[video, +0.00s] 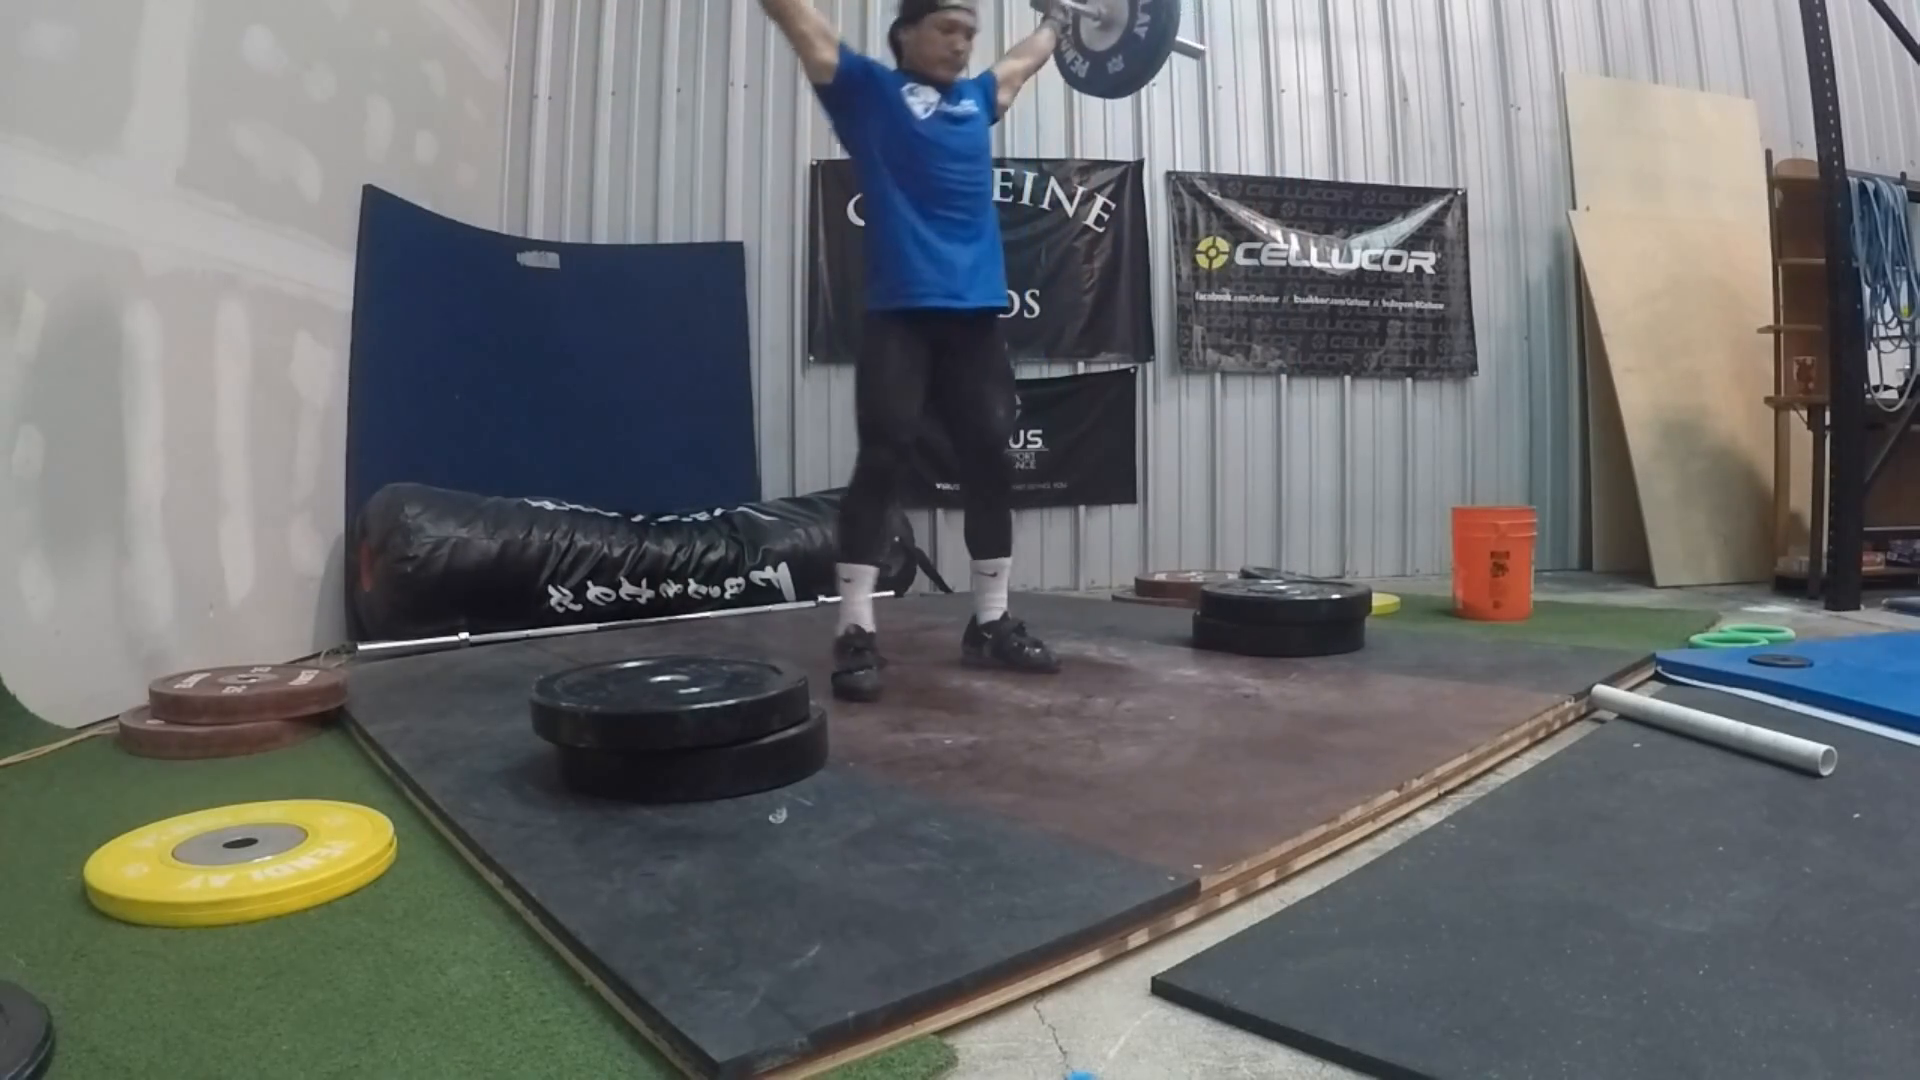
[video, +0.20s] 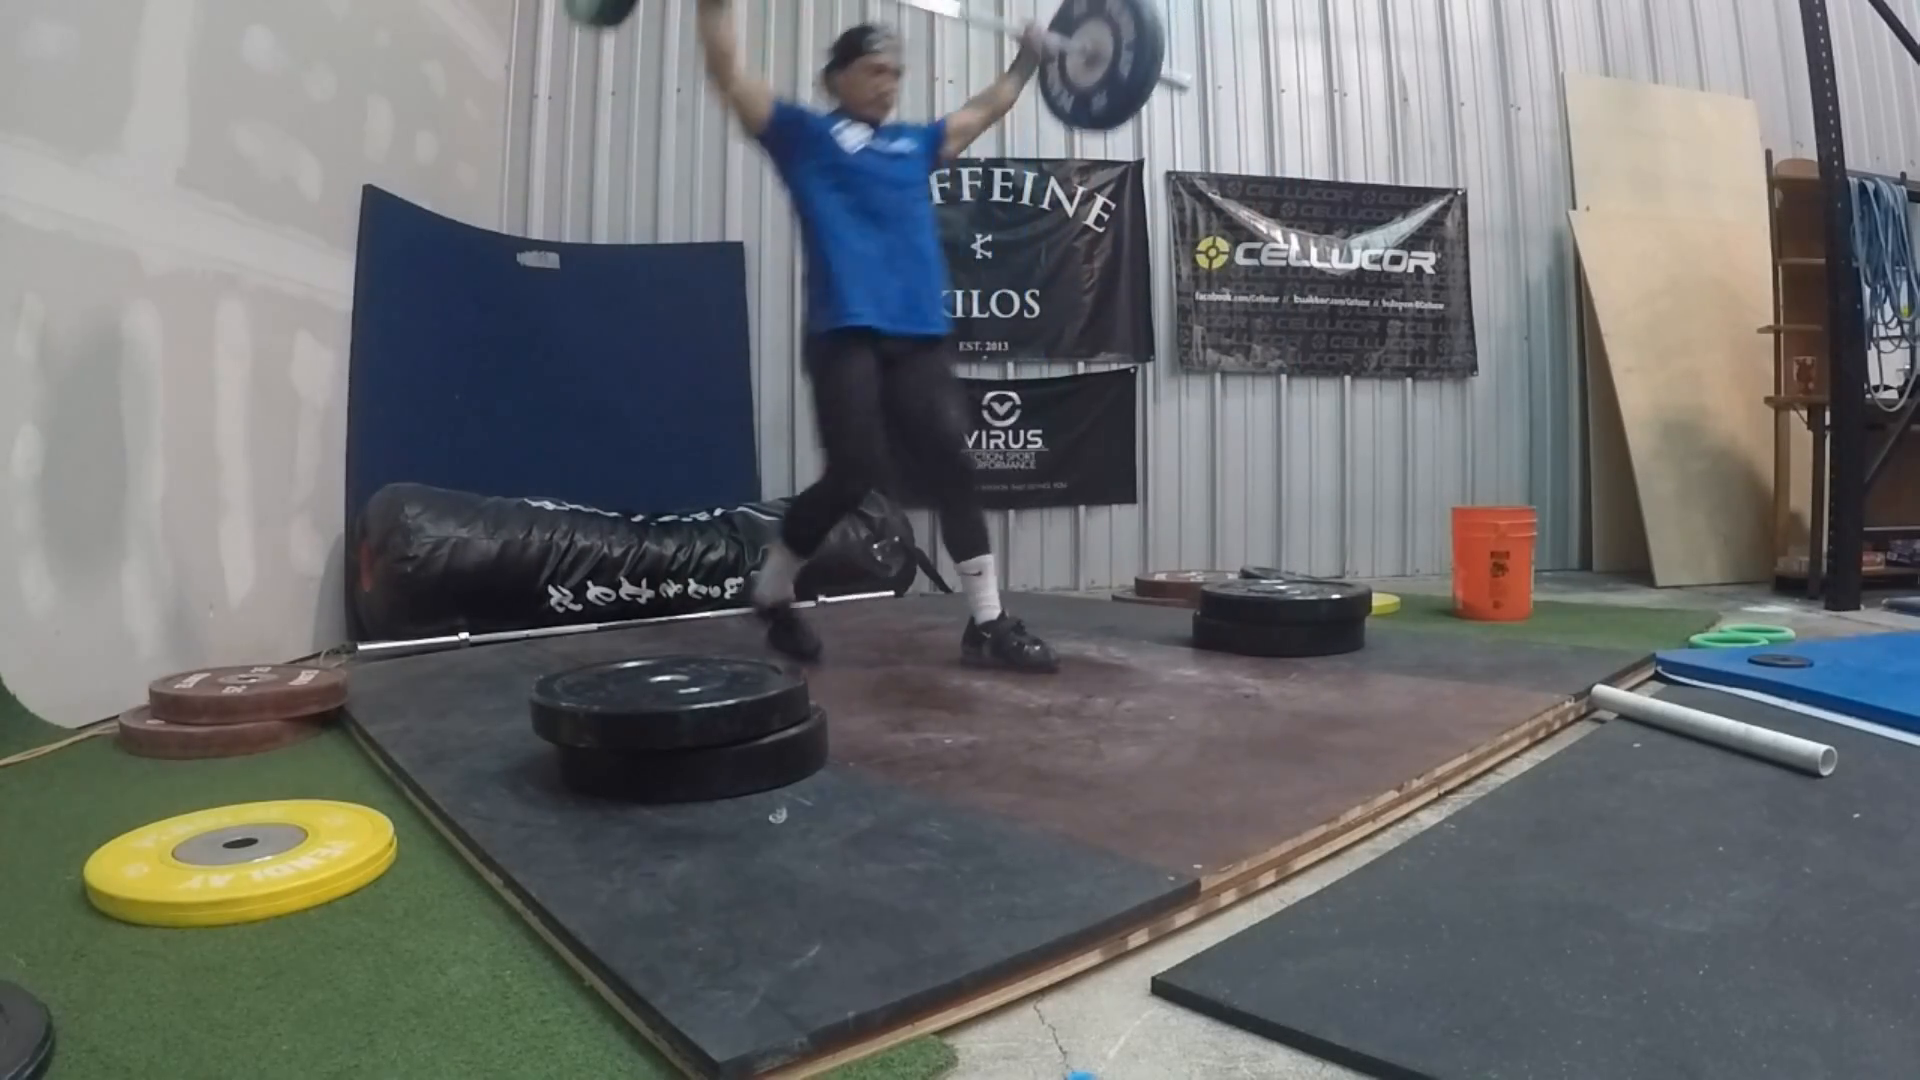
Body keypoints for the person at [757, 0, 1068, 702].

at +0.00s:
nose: (962, 44)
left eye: (968, 34)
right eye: (948, 30)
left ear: (972, 45)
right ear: (904, 37)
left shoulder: (977, 98)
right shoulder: (869, 89)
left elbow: (1021, 63)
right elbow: (800, 22)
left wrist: (1063, 22)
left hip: (976, 319)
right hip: (898, 319)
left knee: (991, 457)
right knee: (884, 457)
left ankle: (991, 621)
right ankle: (856, 631)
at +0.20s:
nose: (889, 84)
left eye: (895, 74)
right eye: (876, 72)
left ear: (899, 79)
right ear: (838, 77)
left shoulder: (917, 141)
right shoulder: (804, 134)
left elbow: (985, 110)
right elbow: (727, 70)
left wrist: (1027, 59)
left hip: (920, 340)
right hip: (846, 339)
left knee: (952, 462)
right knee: (853, 470)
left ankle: (989, 622)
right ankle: (770, 598)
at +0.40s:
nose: (827, 105)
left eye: (835, 97)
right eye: (815, 91)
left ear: (838, 108)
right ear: (778, 97)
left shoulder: (842, 182)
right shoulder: (744, 156)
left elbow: (919, 218)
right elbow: (668, 206)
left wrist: (992, 207)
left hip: (834, 349)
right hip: (765, 347)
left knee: (895, 447)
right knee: (780, 465)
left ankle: (922, 598)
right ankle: (750, 613)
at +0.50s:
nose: (814, 107)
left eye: (822, 99)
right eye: (803, 95)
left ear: (826, 106)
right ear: (768, 93)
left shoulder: (835, 179)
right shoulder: (729, 149)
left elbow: (879, 252)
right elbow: (670, 213)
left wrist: (946, 278)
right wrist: (682, 252)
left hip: (810, 342)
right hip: (741, 339)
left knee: (875, 440)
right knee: (760, 452)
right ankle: (745, 608)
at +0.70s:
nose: (801, 138)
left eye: (809, 129)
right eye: (791, 125)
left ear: (815, 133)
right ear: (756, 123)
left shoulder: (819, 202)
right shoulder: (711, 180)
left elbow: (832, 286)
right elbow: (669, 253)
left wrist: (855, 346)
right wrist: (695, 316)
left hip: (778, 367)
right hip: (719, 353)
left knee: (760, 476)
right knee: (745, 461)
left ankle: (715, 585)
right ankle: (737, 601)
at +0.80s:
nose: (803, 169)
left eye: (811, 159)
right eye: (792, 155)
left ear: (816, 163)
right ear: (757, 153)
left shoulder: (816, 231)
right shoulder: (710, 210)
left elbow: (836, 310)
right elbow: (678, 284)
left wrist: (857, 360)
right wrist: (711, 338)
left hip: (759, 374)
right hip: (704, 366)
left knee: (755, 466)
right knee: (737, 459)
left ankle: (702, 581)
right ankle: (737, 601)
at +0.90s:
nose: (808, 205)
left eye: (816, 194)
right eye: (798, 190)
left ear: (823, 196)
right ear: (763, 185)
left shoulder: (818, 255)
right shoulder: (715, 236)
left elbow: (843, 332)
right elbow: (691, 317)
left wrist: (872, 383)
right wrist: (723, 362)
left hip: (749, 374)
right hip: (693, 369)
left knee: (745, 476)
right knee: (723, 459)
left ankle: (703, 583)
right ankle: (728, 589)